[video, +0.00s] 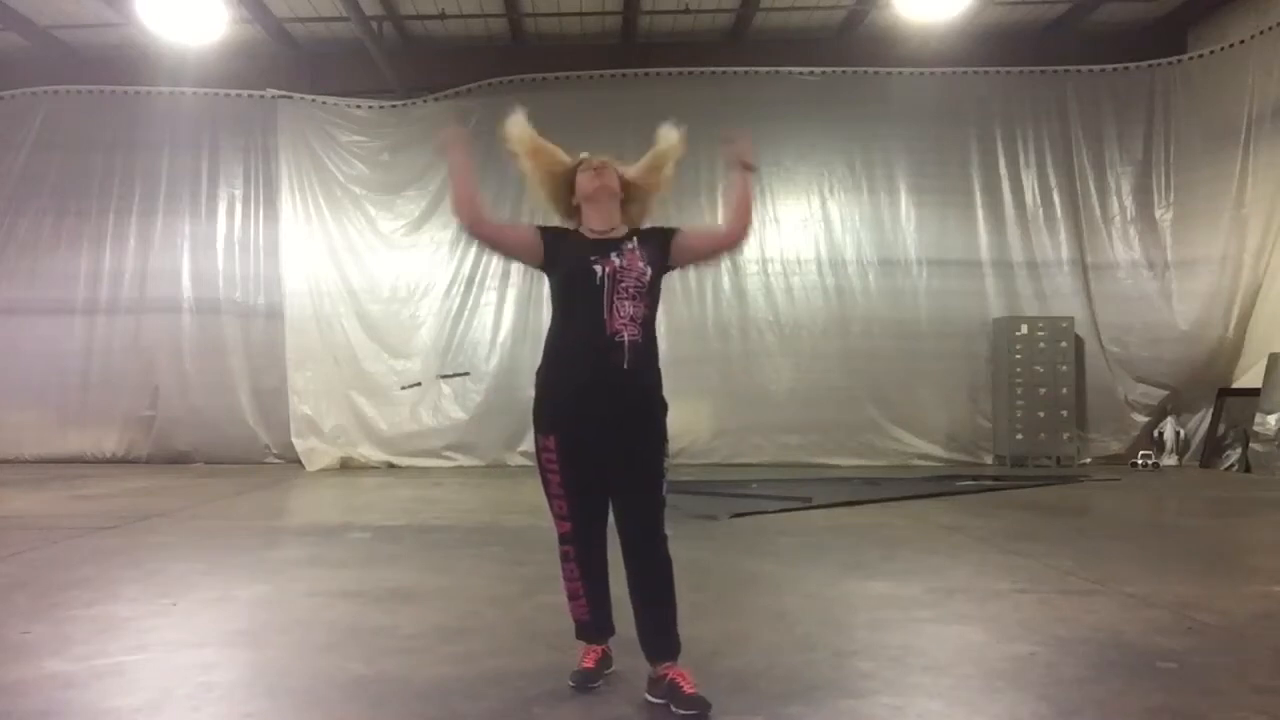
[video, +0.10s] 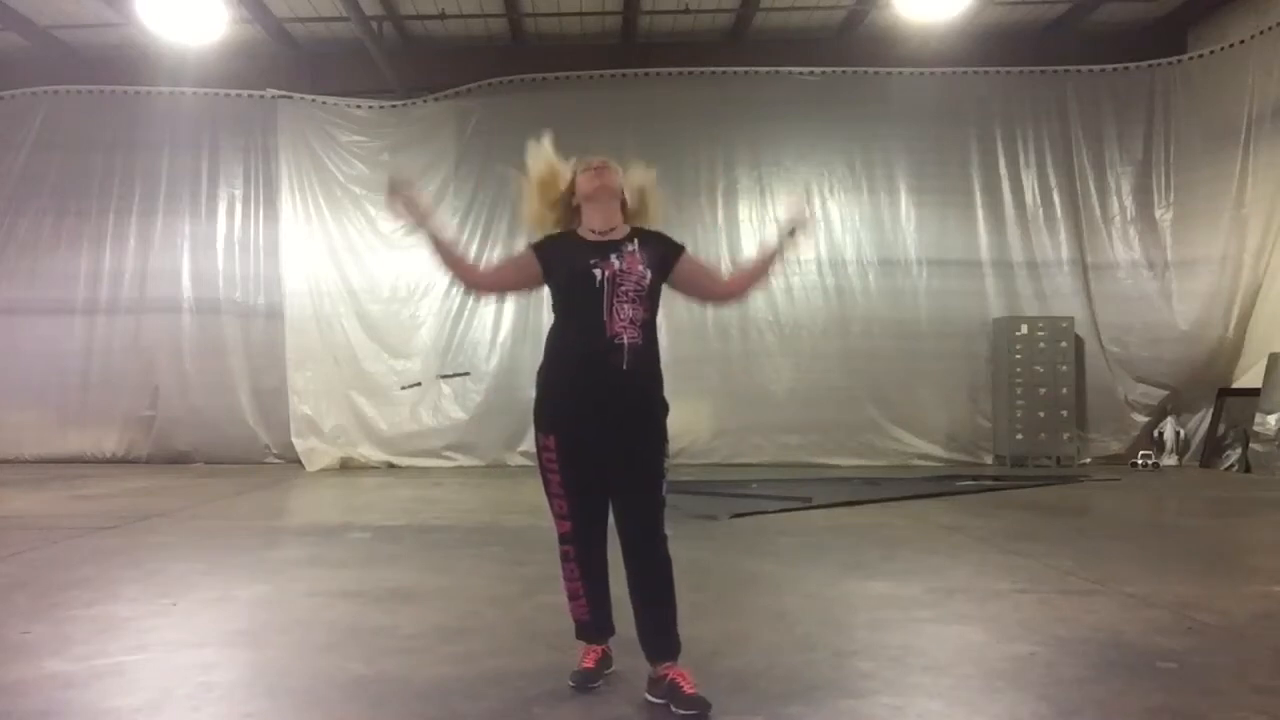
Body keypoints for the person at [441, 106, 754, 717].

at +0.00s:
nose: (596, 174)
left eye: (605, 168)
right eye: (585, 170)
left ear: (622, 186)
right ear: (573, 190)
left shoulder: (654, 244)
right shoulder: (555, 244)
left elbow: (731, 234)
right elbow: (476, 221)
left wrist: (742, 173)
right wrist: (459, 156)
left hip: (637, 411)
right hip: (567, 413)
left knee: (647, 538)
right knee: (579, 536)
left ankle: (665, 664)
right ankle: (594, 646)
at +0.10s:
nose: (599, 169)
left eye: (608, 167)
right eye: (587, 169)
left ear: (625, 189)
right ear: (573, 195)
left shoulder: (653, 247)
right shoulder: (556, 252)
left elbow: (721, 288)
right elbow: (478, 279)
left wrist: (779, 247)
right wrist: (424, 222)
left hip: (637, 413)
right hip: (568, 415)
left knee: (646, 537)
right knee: (579, 536)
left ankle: (665, 665)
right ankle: (593, 646)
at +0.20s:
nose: (596, 169)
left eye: (606, 166)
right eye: (586, 168)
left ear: (624, 186)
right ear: (573, 192)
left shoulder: (654, 248)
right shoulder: (559, 256)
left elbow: (700, 320)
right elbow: (507, 321)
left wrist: (749, 343)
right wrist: (445, 326)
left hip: (638, 413)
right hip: (569, 416)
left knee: (645, 536)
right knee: (579, 536)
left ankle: (665, 665)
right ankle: (593, 646)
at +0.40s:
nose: (592, 168)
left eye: (601, 162)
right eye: (580, 167)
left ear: (620, 182)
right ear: (567, 193)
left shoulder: (657, 245)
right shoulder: (558, 256)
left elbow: (678, 329)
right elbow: (533, 340)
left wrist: (674, 404)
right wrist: (503, 411)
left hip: (636, 415)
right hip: (567, 418)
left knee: (647, 538)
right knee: (579, 537)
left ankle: (665, 663)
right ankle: (594, 646)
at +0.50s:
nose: (589, 174)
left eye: (594, 165)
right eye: (576, 172)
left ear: (613, 176)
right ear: (565, 195)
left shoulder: (656, 244)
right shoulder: (558, 256)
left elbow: (682, 328)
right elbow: (535, 338)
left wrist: (683, 403)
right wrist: (516, 412)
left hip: (636, 413)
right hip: (566, 417)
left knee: (646, 537)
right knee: (579, 537)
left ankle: (665, 663)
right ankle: (593, 644)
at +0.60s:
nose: (588, 183)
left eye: (589, 172)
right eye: (573, 183)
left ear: (604, 176)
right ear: (562, 204)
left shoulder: (655, 245)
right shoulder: (558, 260)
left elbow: (685, 328)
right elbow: (536, 342)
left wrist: (702, 401)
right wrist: (515, 413)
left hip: (637, 418)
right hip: (566, 422)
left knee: (646, 540)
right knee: (580, 540)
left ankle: (665, 663)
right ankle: (594, 645)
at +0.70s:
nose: (588, 195)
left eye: (588, 182)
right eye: (573, 196)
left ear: (602, 181)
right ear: (562, 212)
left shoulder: (653, 244)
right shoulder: (558, 262)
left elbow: (687, 322)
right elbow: (534, 345)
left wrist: (712, 393)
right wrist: (511, 417)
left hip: (637, 417)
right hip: (566, 422)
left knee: (646, 539)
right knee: (579, 539)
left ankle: (664, 665)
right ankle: (594, 646)